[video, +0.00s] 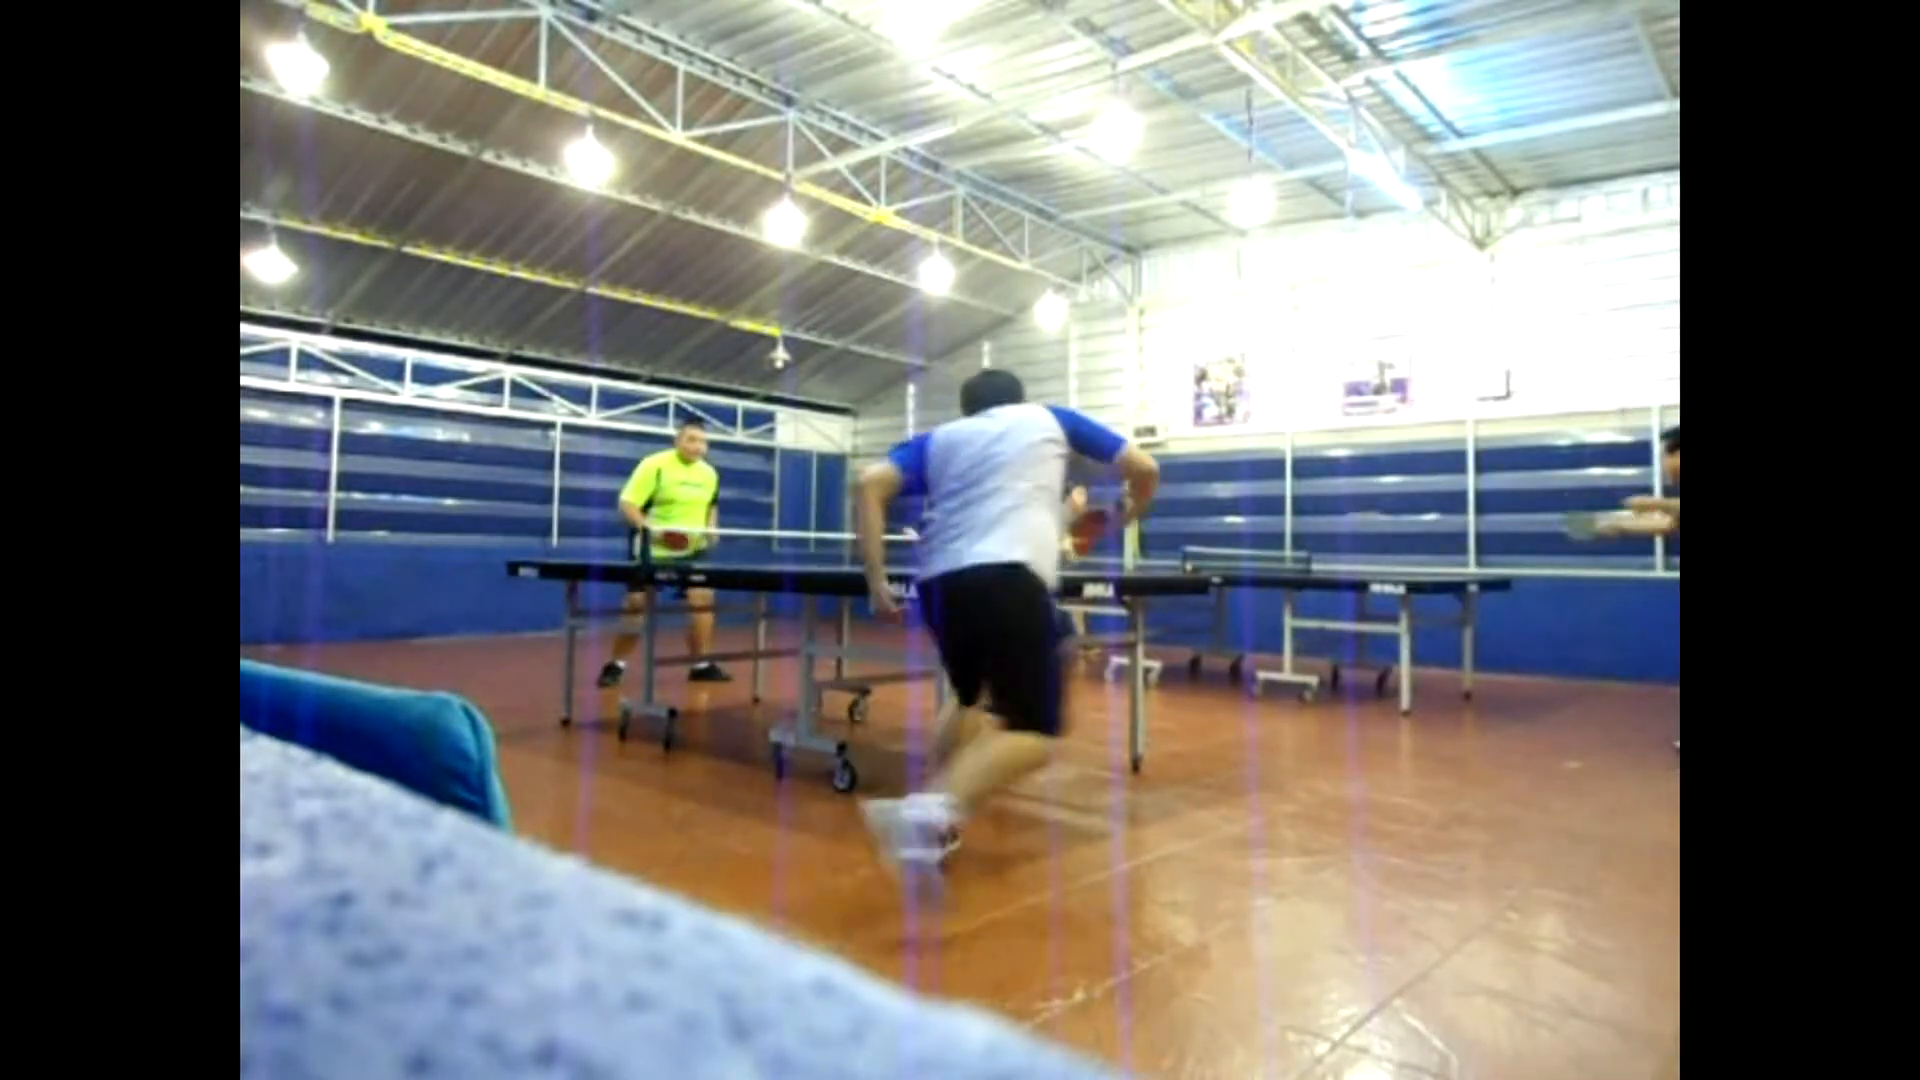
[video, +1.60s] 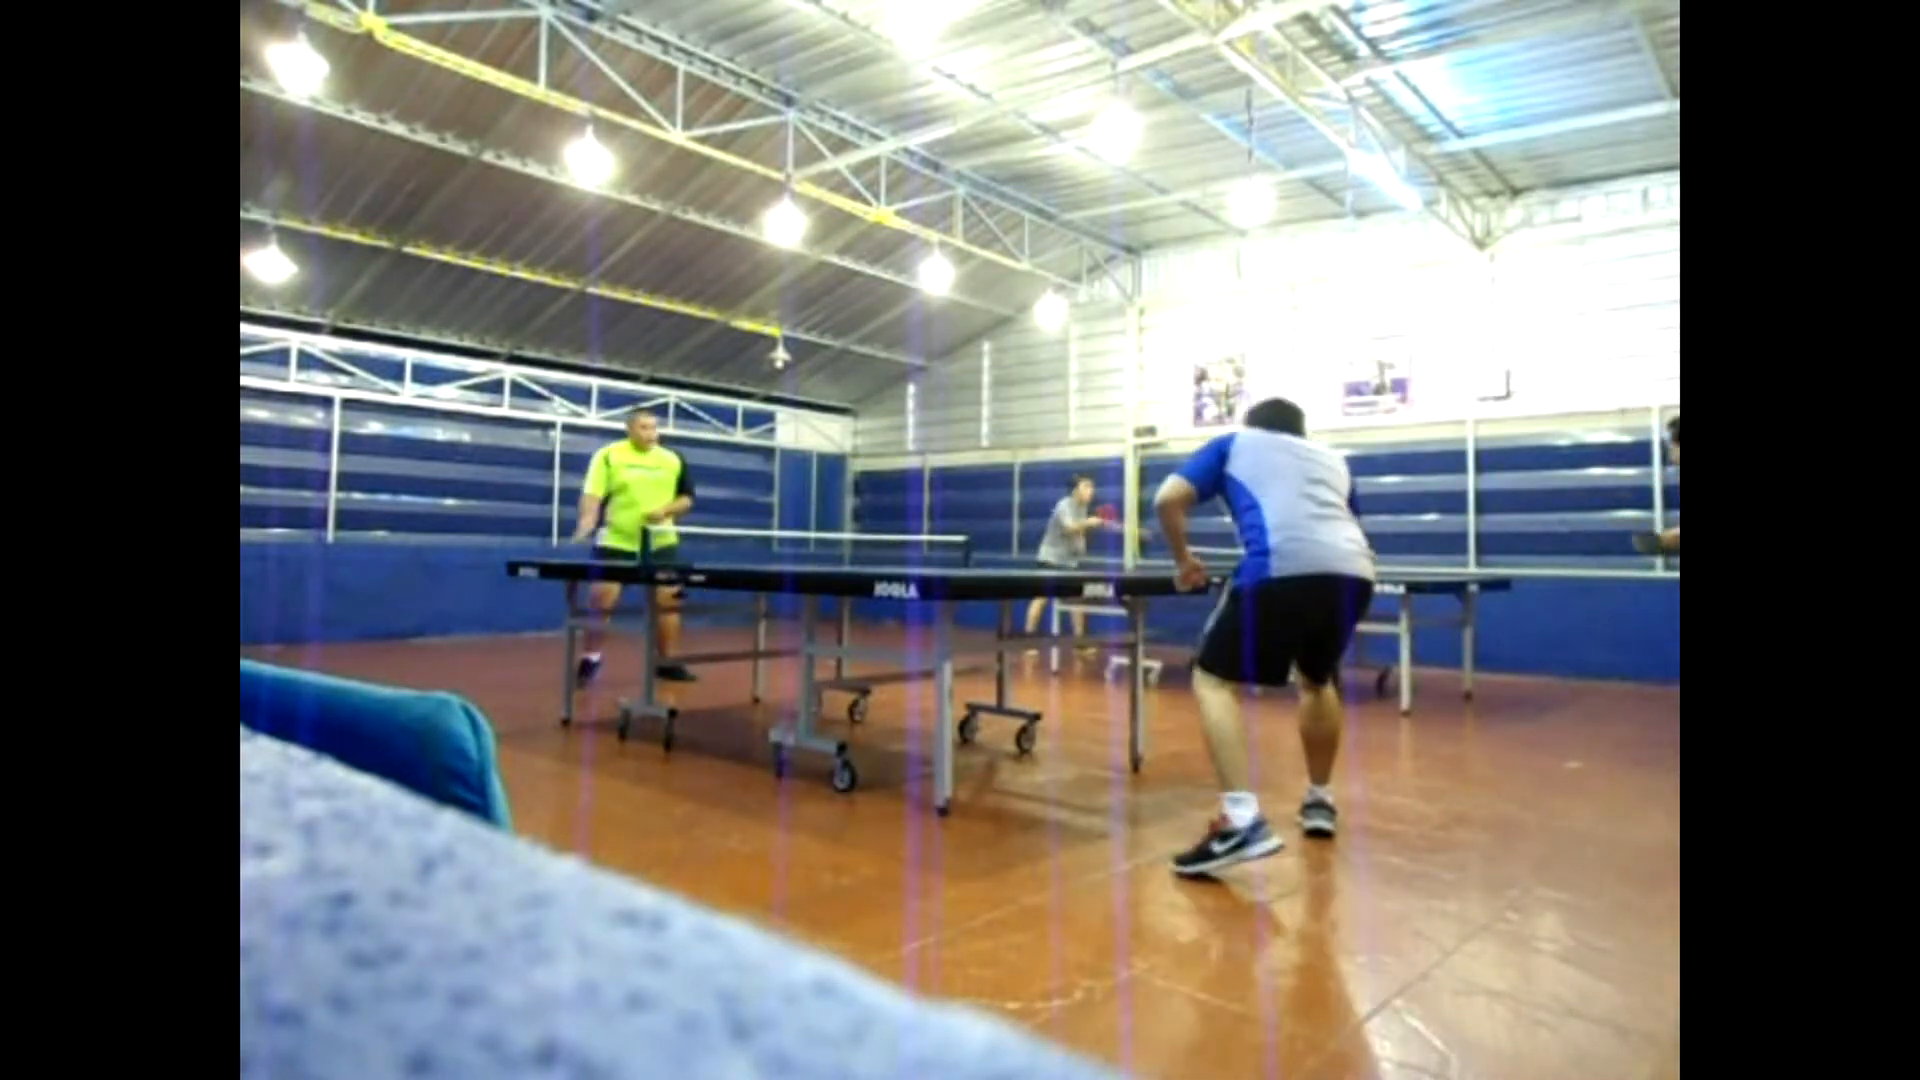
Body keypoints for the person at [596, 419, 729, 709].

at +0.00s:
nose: (696, 446)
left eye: (701, 441)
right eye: (691, 439)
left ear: (706, 445)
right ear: (678, 440)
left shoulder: (709, 474)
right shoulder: (654, 465)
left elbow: (710, 507)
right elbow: (627, 503)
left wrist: (711, 529)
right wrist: (649, 526)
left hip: (692, 550)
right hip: (655, 549)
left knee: (703, 599)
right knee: (636, 604)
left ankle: (702, 660)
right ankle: (617, 663)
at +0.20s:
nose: (702, 456)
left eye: (707, 451)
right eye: (697, 449)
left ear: (711, 454)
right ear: (682, 448)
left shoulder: (713, 482)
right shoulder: (658, 471)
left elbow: (707, 515)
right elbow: (639, 512)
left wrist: (719, 519)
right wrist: (679, 526)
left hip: (691, 552)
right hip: (656, 550)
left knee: (705, 598)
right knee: (644, 598)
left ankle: (701, 661)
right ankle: (632, 667)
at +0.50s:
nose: (712, 478)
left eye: (716, 473)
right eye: (707, 471)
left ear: (718, 473)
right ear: (691, 466)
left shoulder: (711, 499)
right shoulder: (663, 476)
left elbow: (704, 526)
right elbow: (654, 513)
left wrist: (724, 536)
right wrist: (699, 522)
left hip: (683, 556)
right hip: (648, 554)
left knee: (709, 601)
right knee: (642, 601)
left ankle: (701, 663)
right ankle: (634, 670)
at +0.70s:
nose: (716, 467)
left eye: (720, 462)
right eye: (710, 460)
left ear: (723, 466)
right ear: (696, 460)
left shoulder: (720, 499)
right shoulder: (670, 470)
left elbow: (721, 529)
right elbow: (628, 475)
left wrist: (743, 526)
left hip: (691, 563)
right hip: (652, 557)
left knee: (717, 605)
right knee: (647, 603)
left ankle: (701, 664)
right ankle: (634, 671)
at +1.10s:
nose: (699, 442)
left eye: (705, 438)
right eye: (695, 435)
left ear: (710, 444)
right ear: (682, 436)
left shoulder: (712, 478)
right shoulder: (656, 457)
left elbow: (717, 511)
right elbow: (620, 484)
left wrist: (715, 525)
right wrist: (588, 503)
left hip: (689, 545)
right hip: (647, 541)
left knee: (701, 599)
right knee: (627, 600)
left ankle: (701, 661)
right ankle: (606, 661)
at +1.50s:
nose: (656, 433)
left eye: (661, 427)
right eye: (651, 426)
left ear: (666, 430)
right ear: (637, 427)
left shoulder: (675, 462)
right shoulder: (613, 453)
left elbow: (686, 497)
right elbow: (597, 487)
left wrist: (673, 513)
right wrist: (606, 509)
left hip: (661, 540)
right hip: (619, 540)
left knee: (669, 600)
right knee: (610, 603)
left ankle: (668, 659)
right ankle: (599, 660)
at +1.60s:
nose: (649, 433)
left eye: (653, 427)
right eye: (643, 427)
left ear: (658, 430)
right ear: (630, 429)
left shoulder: (674, 460)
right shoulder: (608, 456)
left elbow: (687, 498)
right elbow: (592, 495)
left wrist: (664, 511)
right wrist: (587, 522)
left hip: (661, 538)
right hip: (619, 537)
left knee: (668, 599)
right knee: (603, 598)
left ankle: (668, 658)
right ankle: (591, 657)